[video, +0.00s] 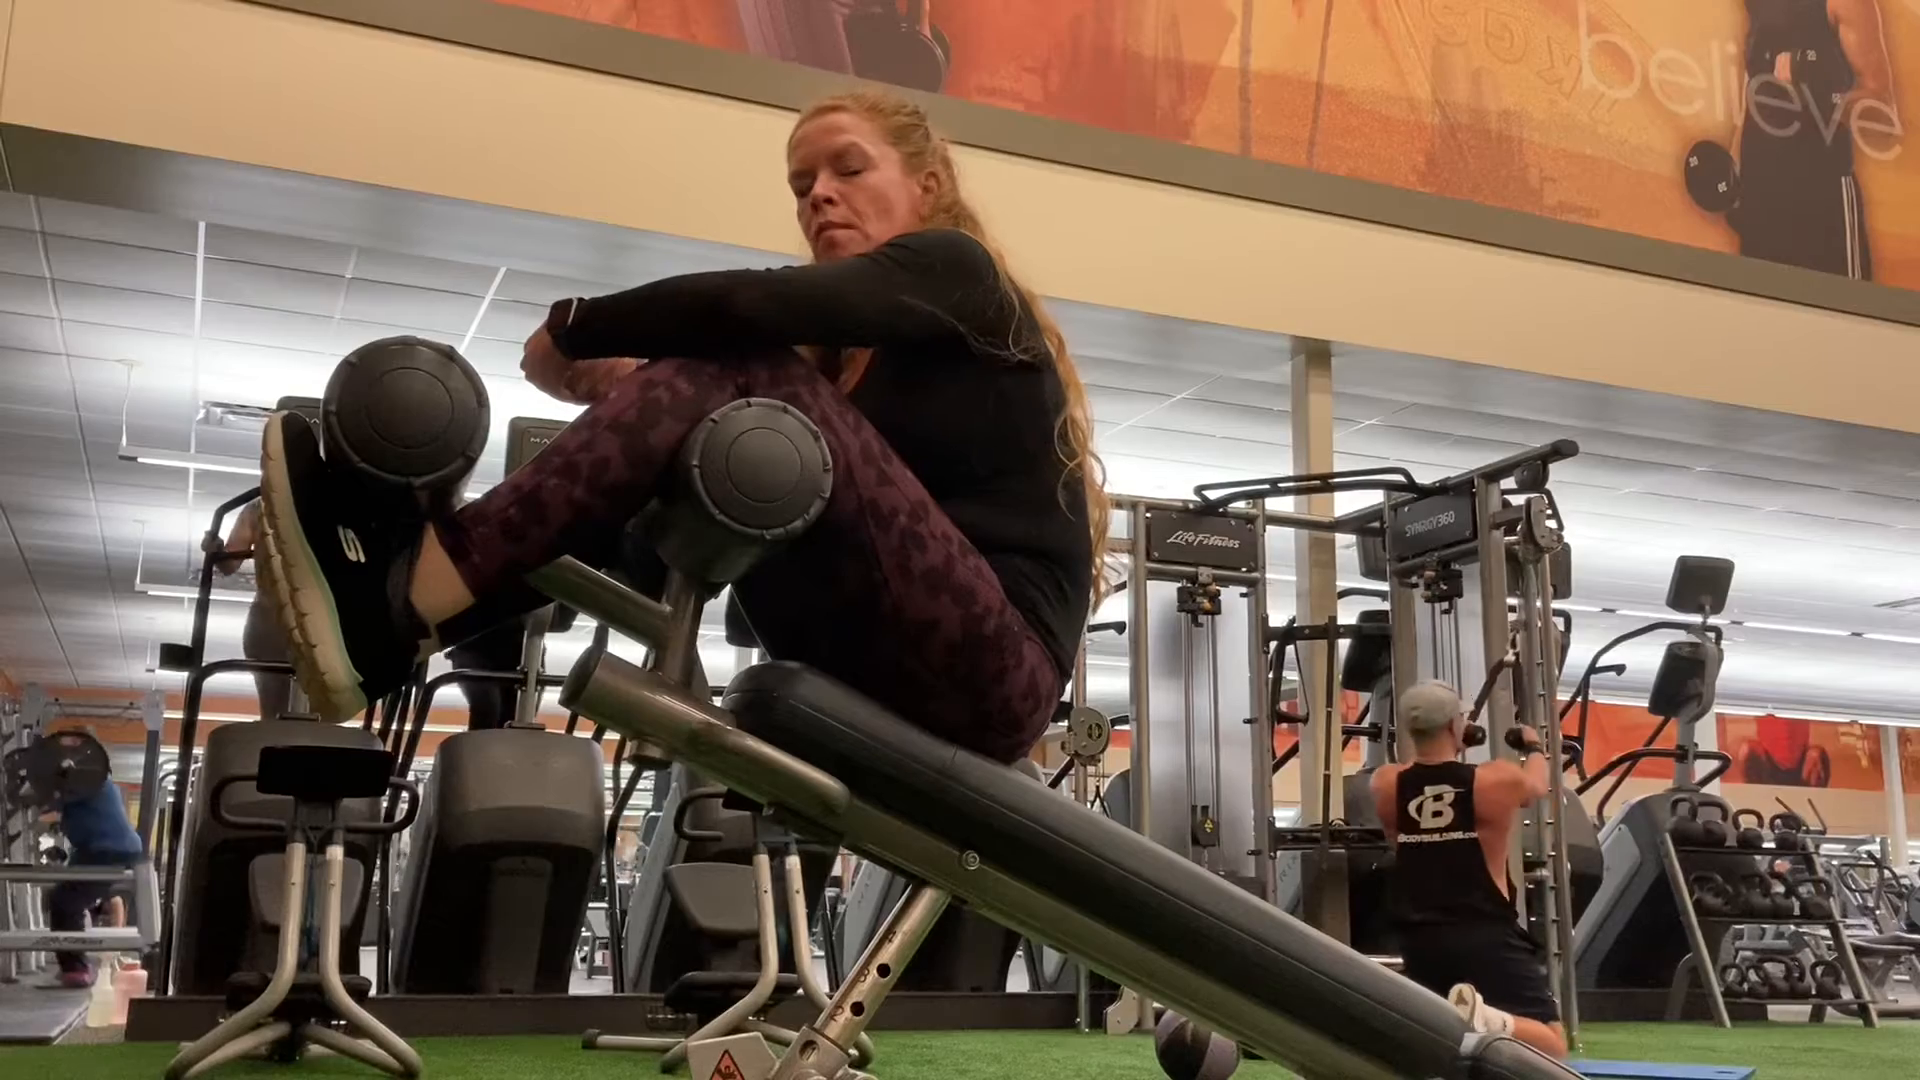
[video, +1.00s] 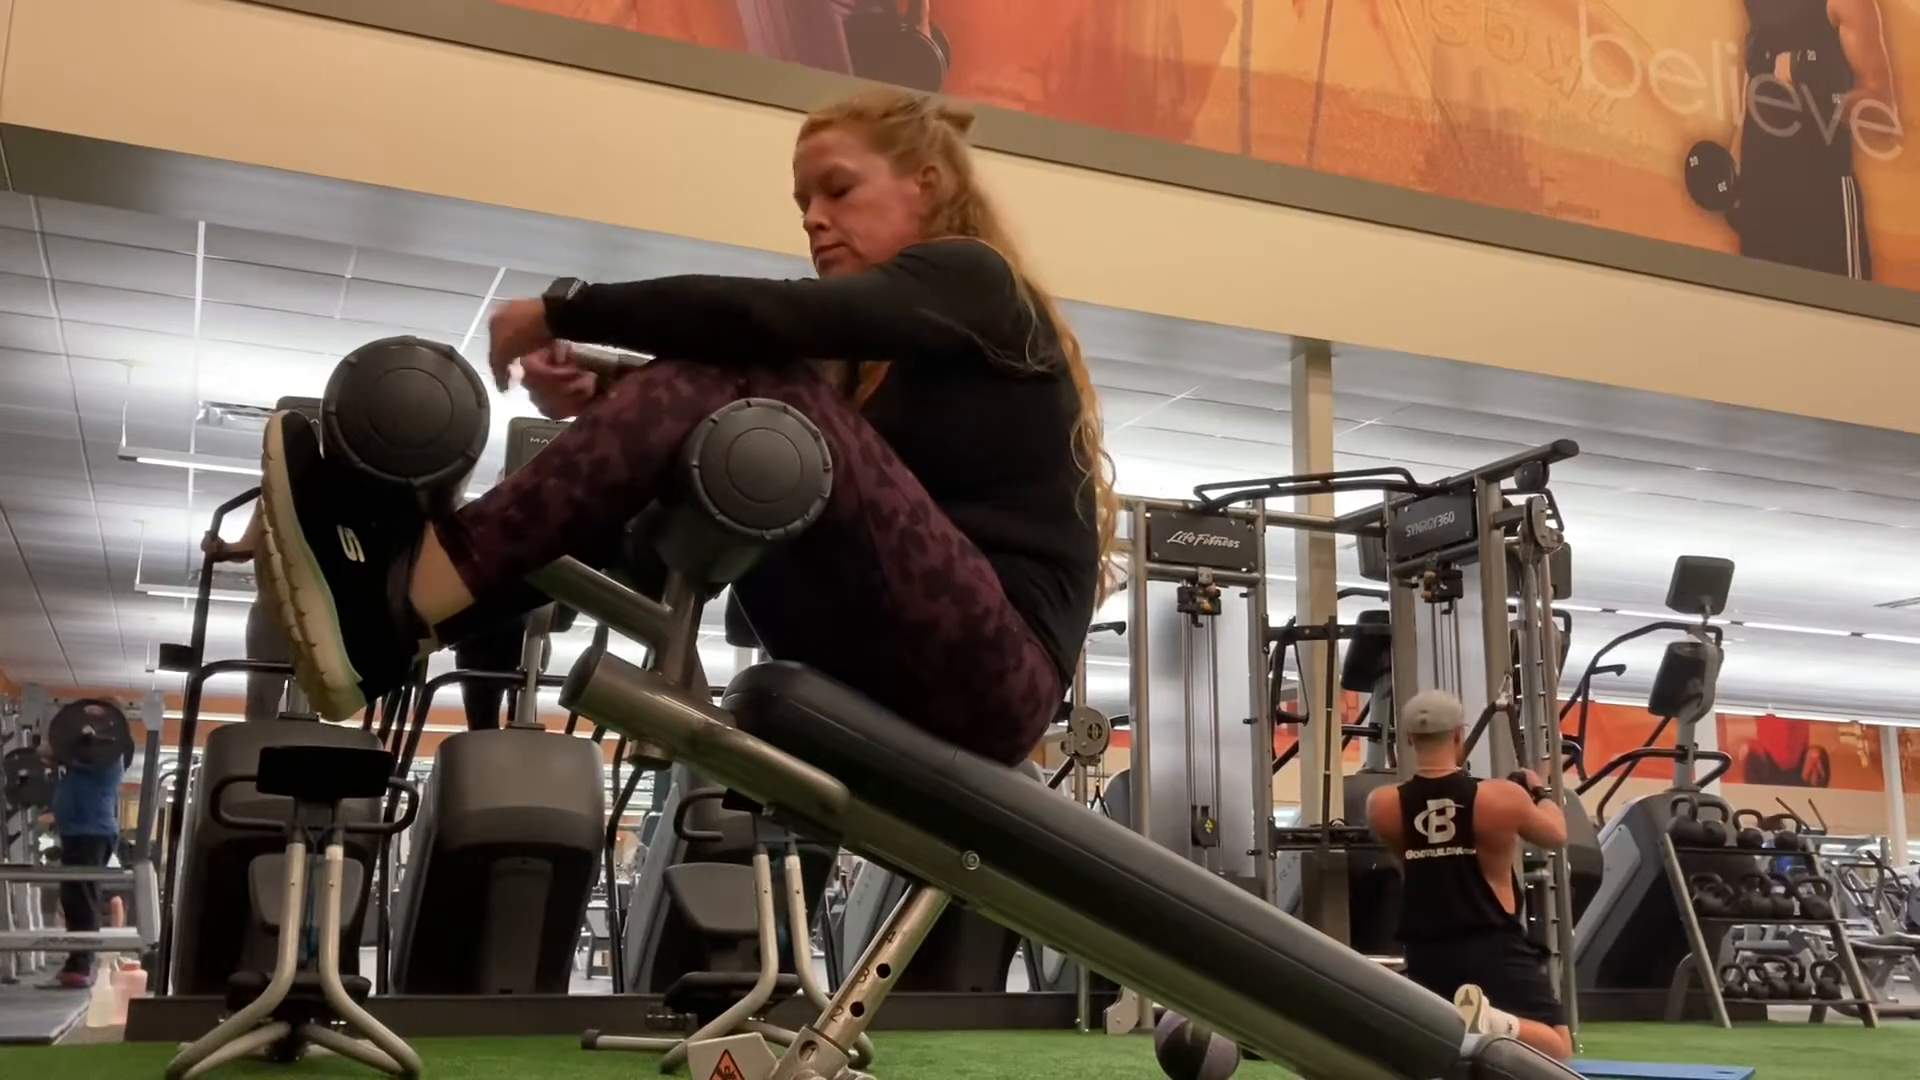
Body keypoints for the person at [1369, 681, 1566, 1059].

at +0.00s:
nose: (1462, 724)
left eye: (1460, 718)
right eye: (1460, 718)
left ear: (1409, 730)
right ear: (1456, 725)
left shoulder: (1385, 784)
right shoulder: (1498, 779)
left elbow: (1417, 774)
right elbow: (1537, 785)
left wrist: (1451, 744)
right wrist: (1536, 745)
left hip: (1420, 939)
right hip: (1487, 938)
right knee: (1555, 1045)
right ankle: (1488, 1018)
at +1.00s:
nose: (1462, 739)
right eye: (1461, 732)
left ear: (1409, 740)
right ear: (1459, 735)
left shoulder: (1382, 805)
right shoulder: (1501, 798)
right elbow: (1555, 832)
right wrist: (1541, 791)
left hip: (1425, 954)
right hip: (1495, 953)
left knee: (1439, 1046)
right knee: (1561, 1047)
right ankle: (1495, 1021)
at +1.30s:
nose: (1460, 743)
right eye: (1459, 736)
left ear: (1402, 746)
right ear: (1456, 741)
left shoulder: (1379, 812)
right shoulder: (1496, 807)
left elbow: (1373, 859)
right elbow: (1555, 860)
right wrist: (1527, 820)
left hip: (1422, 962)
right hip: (1494, 959)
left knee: (1439, 1050)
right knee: (1561, 1048)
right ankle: (1495, 1021)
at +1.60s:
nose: (1463, 748)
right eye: (1462, 741)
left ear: (1403, 748)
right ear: (1457, 746)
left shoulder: (1378, 818)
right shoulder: (1497, 814)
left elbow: (1363, 877)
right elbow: (1554, 882)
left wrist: (1401, 848)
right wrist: (1543, 853)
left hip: (1420, 969)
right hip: (1494, 966)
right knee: (1561, 1049)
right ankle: (1493, 1021)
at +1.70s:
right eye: (1463, 745)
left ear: (1405, 749)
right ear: (1459, 748)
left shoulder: (1377, 819)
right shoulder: (1497, 816)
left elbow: (1361, 886)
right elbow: (1553, 889)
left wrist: (1403, 865)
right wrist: (1543, 860)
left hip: (1419, 970)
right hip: (1492, 968)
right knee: (1561, 1047)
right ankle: (1494, 1021)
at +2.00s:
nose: (1464, 745)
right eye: (1462, 739)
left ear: (1406, 749)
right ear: (1456, 745)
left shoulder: (1378, 817)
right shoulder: (1497, 814)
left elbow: (1368, 875)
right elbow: (1555, 877)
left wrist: (1412, 853)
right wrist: (1530, 842)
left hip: (1416, 968)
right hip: (1490, 966)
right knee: (1561, 1049)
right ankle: (1493, 1022)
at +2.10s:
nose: (1464, 740)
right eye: (1462, 734)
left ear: (1408, 746)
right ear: (1456, 741)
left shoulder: (1381, 813)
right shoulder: (1498, 809)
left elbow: (1368, 873)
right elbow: (1557, 876)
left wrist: (1413, 851)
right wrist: (1524, 840)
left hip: (1418, 965)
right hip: (1490, 962)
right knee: (1561, 1048)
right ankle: (1493, 1021)